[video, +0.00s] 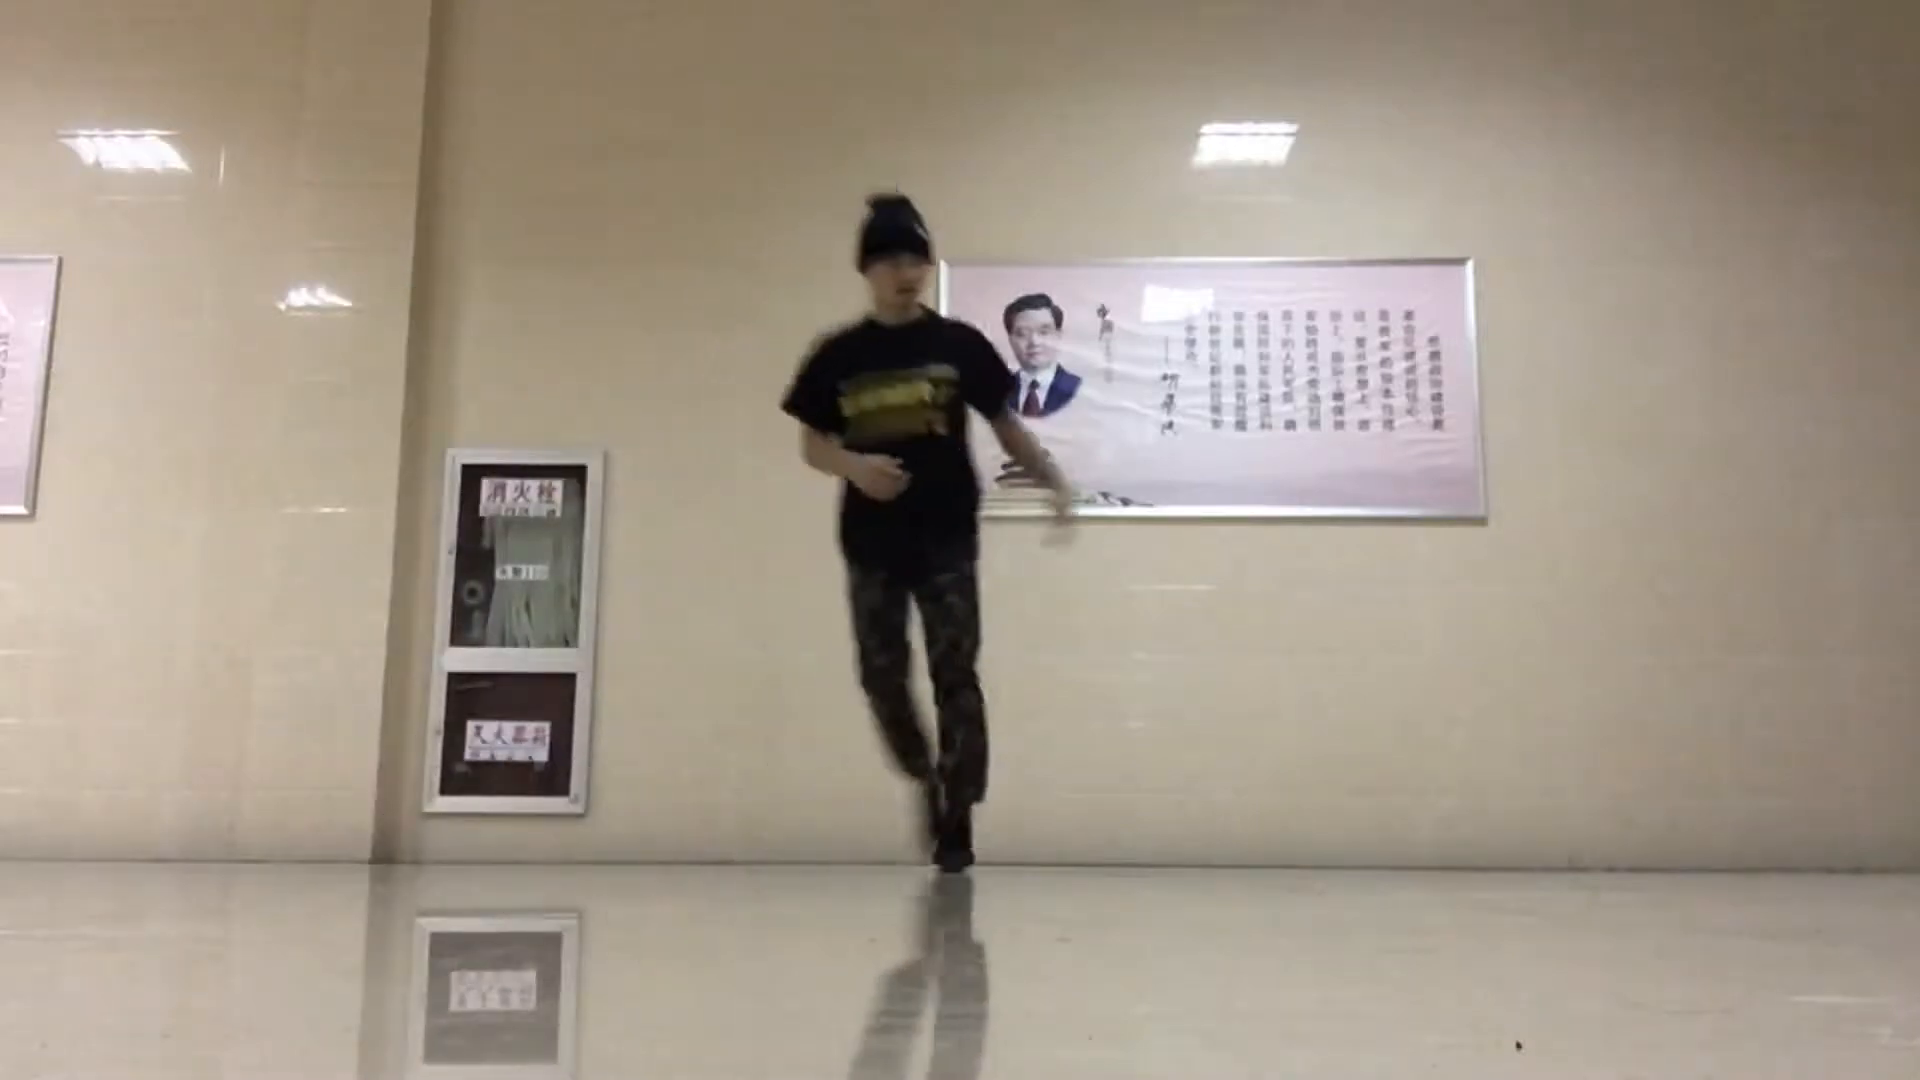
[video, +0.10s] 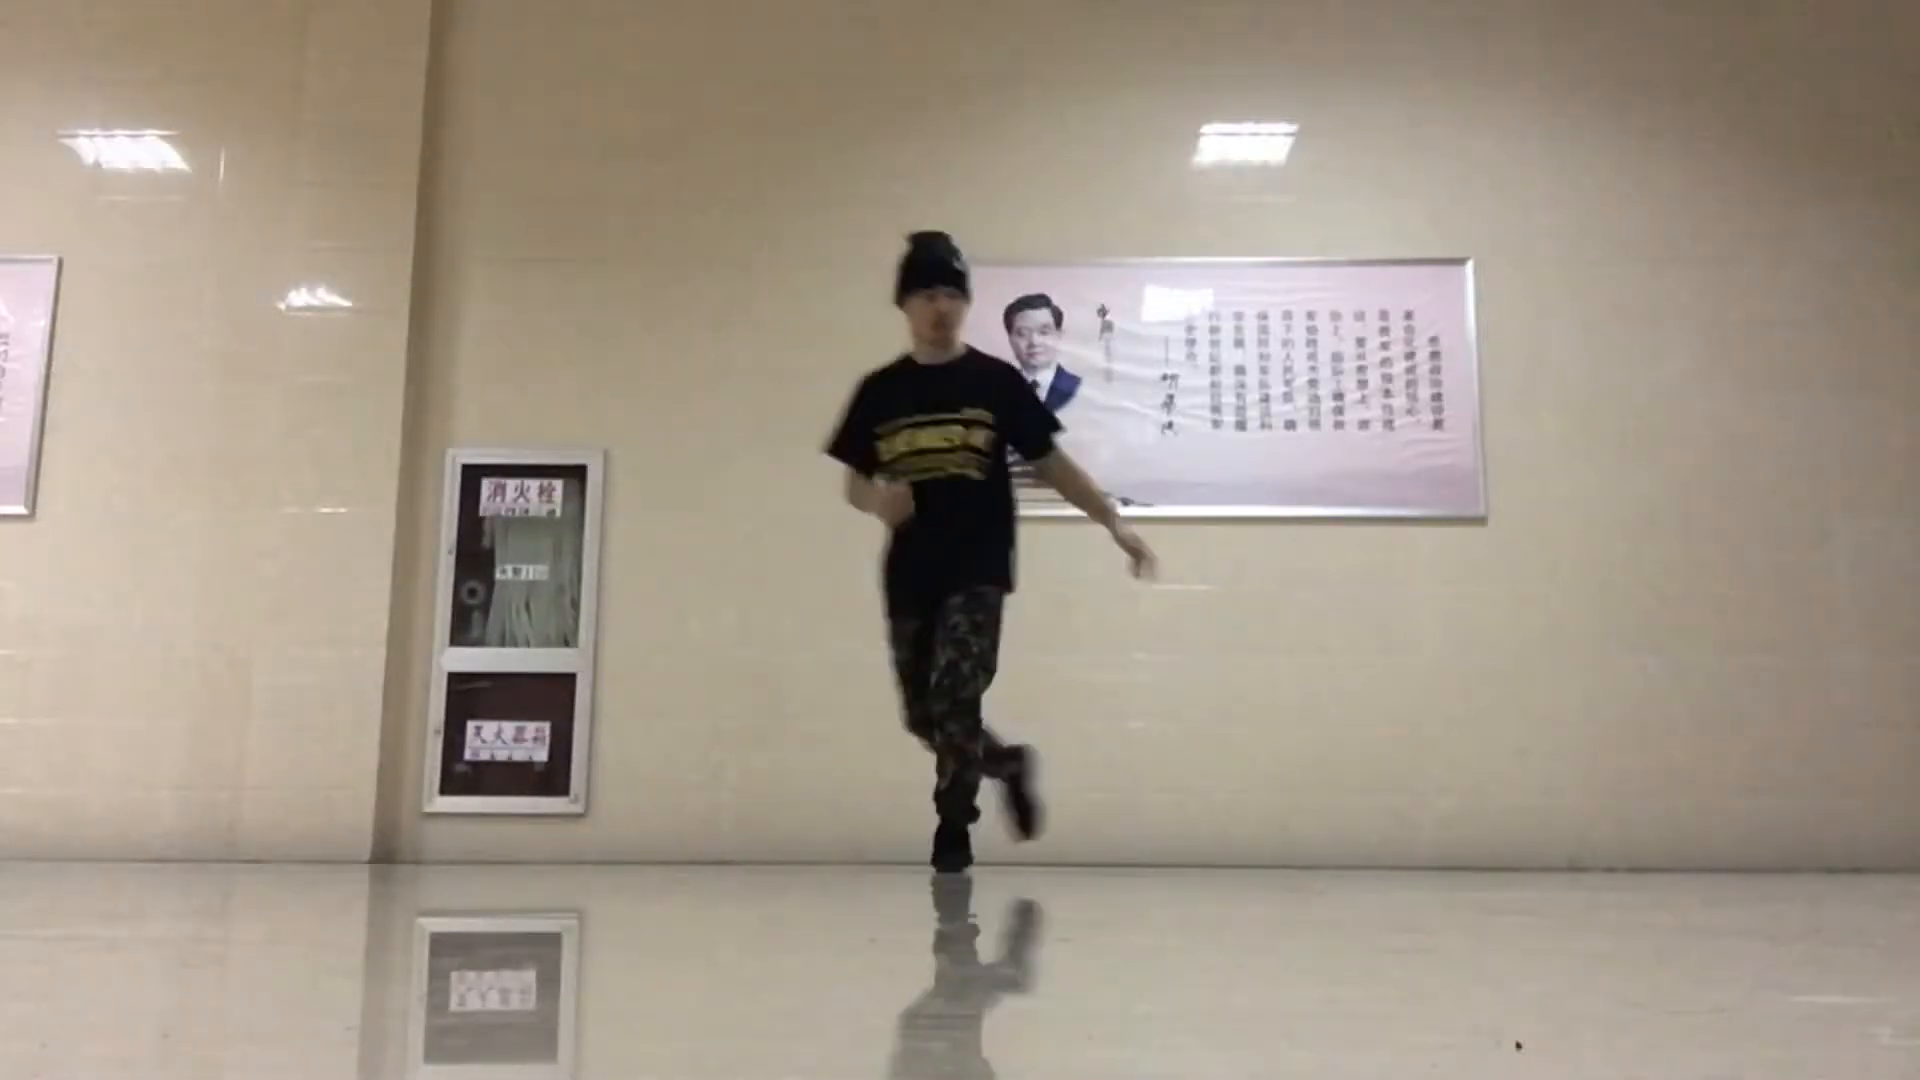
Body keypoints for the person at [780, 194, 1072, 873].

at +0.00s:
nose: (907, 275)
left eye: (916, 262)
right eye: (892, 263)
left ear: (931, 267)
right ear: (867, 270)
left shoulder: (962, 346)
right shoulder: (835, 355)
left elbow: (1007, 426)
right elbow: (813, 444)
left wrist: (1052, 478)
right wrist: (854, 467)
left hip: (946, 529)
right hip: (872, 535)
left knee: (953, 670)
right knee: (883, 672)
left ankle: (958, 810)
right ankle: (926, 776)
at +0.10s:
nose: (940, 309)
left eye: (952, 296)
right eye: (926, 297)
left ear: (968, 303)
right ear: (904, 304)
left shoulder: (999, 382)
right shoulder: (879, 390)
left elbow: (1052, 463)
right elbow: (855, 486)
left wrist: (1116, 523)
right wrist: (876, 498)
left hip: (980, 564)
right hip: (911, 564)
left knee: (953, 702)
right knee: (922, 715)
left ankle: (952, 826)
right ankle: (1011, 763)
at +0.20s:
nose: (972, 299)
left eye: (983, 285)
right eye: (959, 286)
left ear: (999, 290)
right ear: (938, 293)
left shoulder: (1031, 366)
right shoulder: (915, 379)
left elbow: (1079, 448)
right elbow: (908, 468)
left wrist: (1123, 515)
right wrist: (906, 524)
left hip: (1016, 547)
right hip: (949, 550)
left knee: (979, 689)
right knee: (968, 694)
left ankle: (960, 819)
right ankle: (1059, 766)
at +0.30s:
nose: (1001, 293)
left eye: (1011, 280)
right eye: (988, 282)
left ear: (1029, 285)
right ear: (970, 292)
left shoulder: (1067, 354)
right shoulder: (954, 372)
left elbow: (1104, 440)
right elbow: (948, 463)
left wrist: (1105, 511)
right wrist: (939, 539)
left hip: (1055, 531)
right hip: (991, 537)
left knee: (1023, 672)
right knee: (1011, 677)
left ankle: (1023, 813)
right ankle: (1072, 796)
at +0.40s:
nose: (1031, 323)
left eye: (1042, 309)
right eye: (1018, 311)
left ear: (1063, 313)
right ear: (1003, 322)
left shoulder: (1103, 385)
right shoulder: (1000, 398)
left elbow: (1121, 479)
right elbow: (989, 490)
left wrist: (1066, 512)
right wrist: (970, 570)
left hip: (1090, 565)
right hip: (1025, 569)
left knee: (1058, 681)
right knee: (1037, 707)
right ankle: (1083, 822)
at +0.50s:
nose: (1068, 334)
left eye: (1079, 321)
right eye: (1056, 323)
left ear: (1099, 326)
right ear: (1042, 333)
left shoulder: (1130, 394)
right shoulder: (1038, 409)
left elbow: (1138, 483)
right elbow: (1030, 500)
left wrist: (1055, 484)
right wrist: (1006, 579)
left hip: (1127, 579)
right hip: (1062, 582)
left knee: (1130, 714)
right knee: (1055, 719)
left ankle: (1196, 686)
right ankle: (1092, 834)